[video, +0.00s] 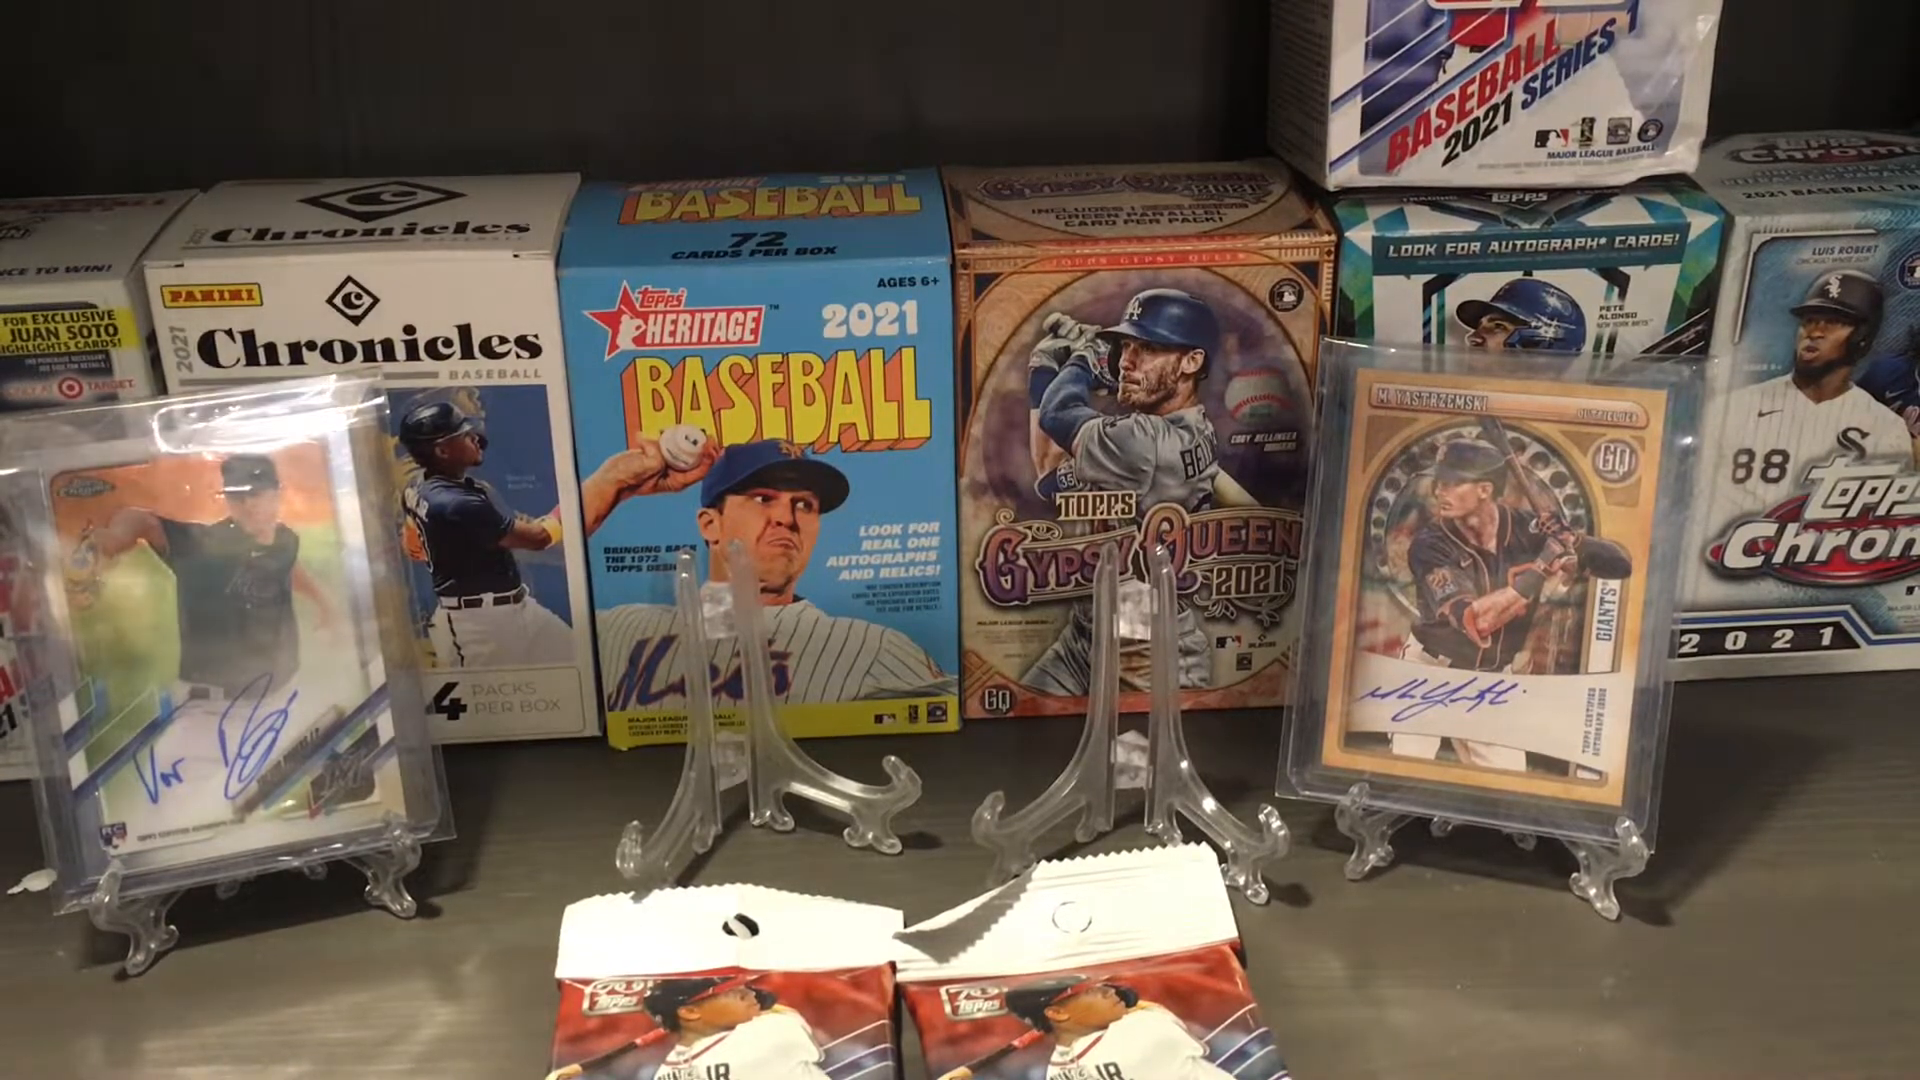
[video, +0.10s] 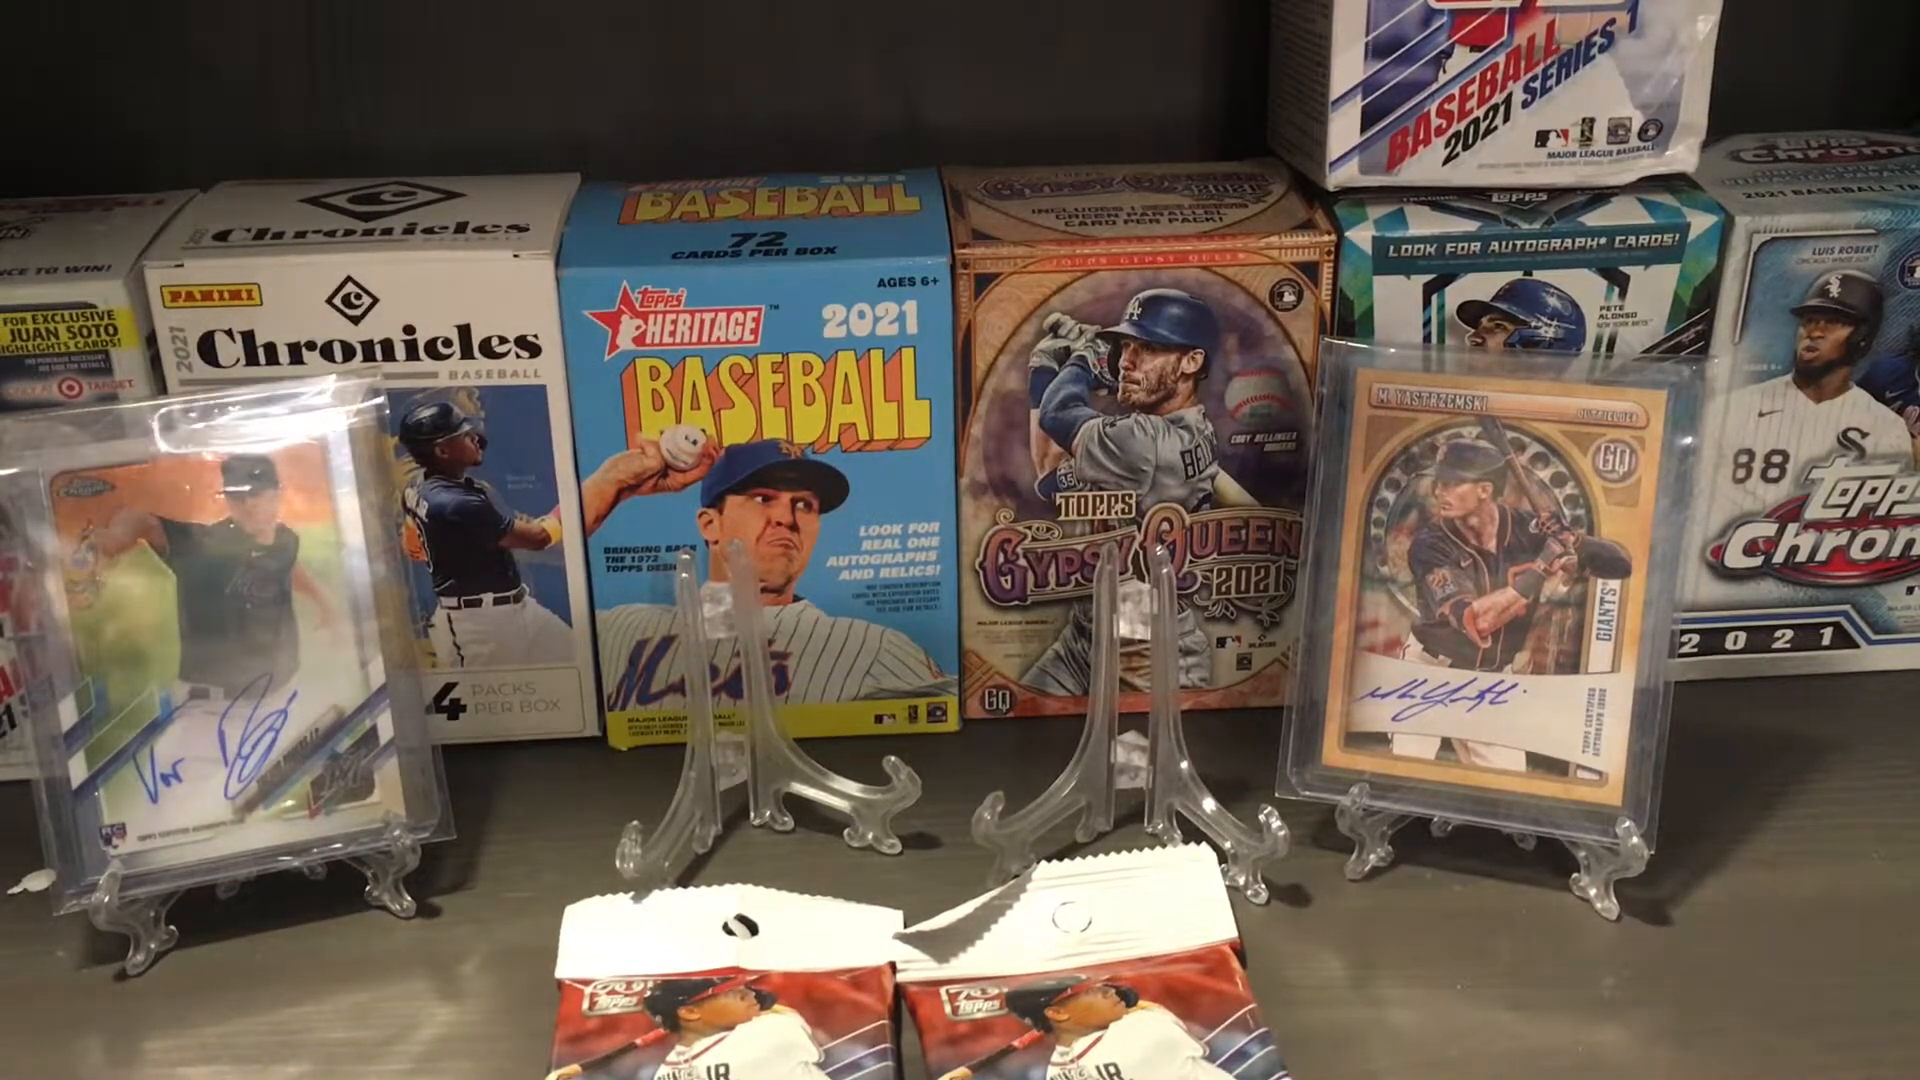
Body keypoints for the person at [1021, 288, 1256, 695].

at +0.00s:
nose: (1128, 361)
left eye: (1148, 350)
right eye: (1127, 347)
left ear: (1190, 363)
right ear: (1121, 348)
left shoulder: (1139, 441)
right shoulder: (1190, 430)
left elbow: (1059, 409)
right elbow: (1048, 476)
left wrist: (1088, 360)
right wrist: (1041, 373)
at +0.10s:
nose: (1128, 361)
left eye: (1148, 350)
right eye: (1127, 347)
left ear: (1190, 363)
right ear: (1121, 348)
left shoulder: (1139, 441)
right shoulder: (1189, 430)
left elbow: (1059, 409)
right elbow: (1048, 476)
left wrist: (1088, 360)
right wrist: (1041, 373)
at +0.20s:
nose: (1127, 362)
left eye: (1148, 350)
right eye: (1126, 347)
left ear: (1190, 363)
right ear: (1120, 349)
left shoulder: (1141, 441)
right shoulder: (1187, 431)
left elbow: (1059, 410)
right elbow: (1048, 476)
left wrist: (1087, 361)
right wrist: (1042, 372)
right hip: (1091, 641)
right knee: (1009, 739)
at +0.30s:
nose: (1127, 362)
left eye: (1148, 350)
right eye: (1126, 347)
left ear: (1190, 363)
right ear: (1120, 349)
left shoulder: (1140, 441)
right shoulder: (1187, 430)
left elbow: (1059, 410)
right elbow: (1048, 476)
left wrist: (1087, 361)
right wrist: (1042, 372)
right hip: (1091, 641)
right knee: (1009, 738)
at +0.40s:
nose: (1127, 362)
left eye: (1148, 350)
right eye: (1127, 348)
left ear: (1190, 363)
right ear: (1120, 349)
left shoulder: (1140, 441)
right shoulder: (1188, 431)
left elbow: (1059, 410)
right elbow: (1048, 474)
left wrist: (1087, 361)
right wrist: (1042, 370)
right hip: (1091, 641)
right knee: (1008, 737)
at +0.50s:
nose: (1127, 362)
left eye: (1148, 350)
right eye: (1126, 347)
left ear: (1190, 363)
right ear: (1120, 348)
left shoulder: (1140, 441)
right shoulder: (1187, 430)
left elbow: (1059, 410)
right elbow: (1048, 476)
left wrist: (1087, 361)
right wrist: (1042, 372)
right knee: (1009, 738)